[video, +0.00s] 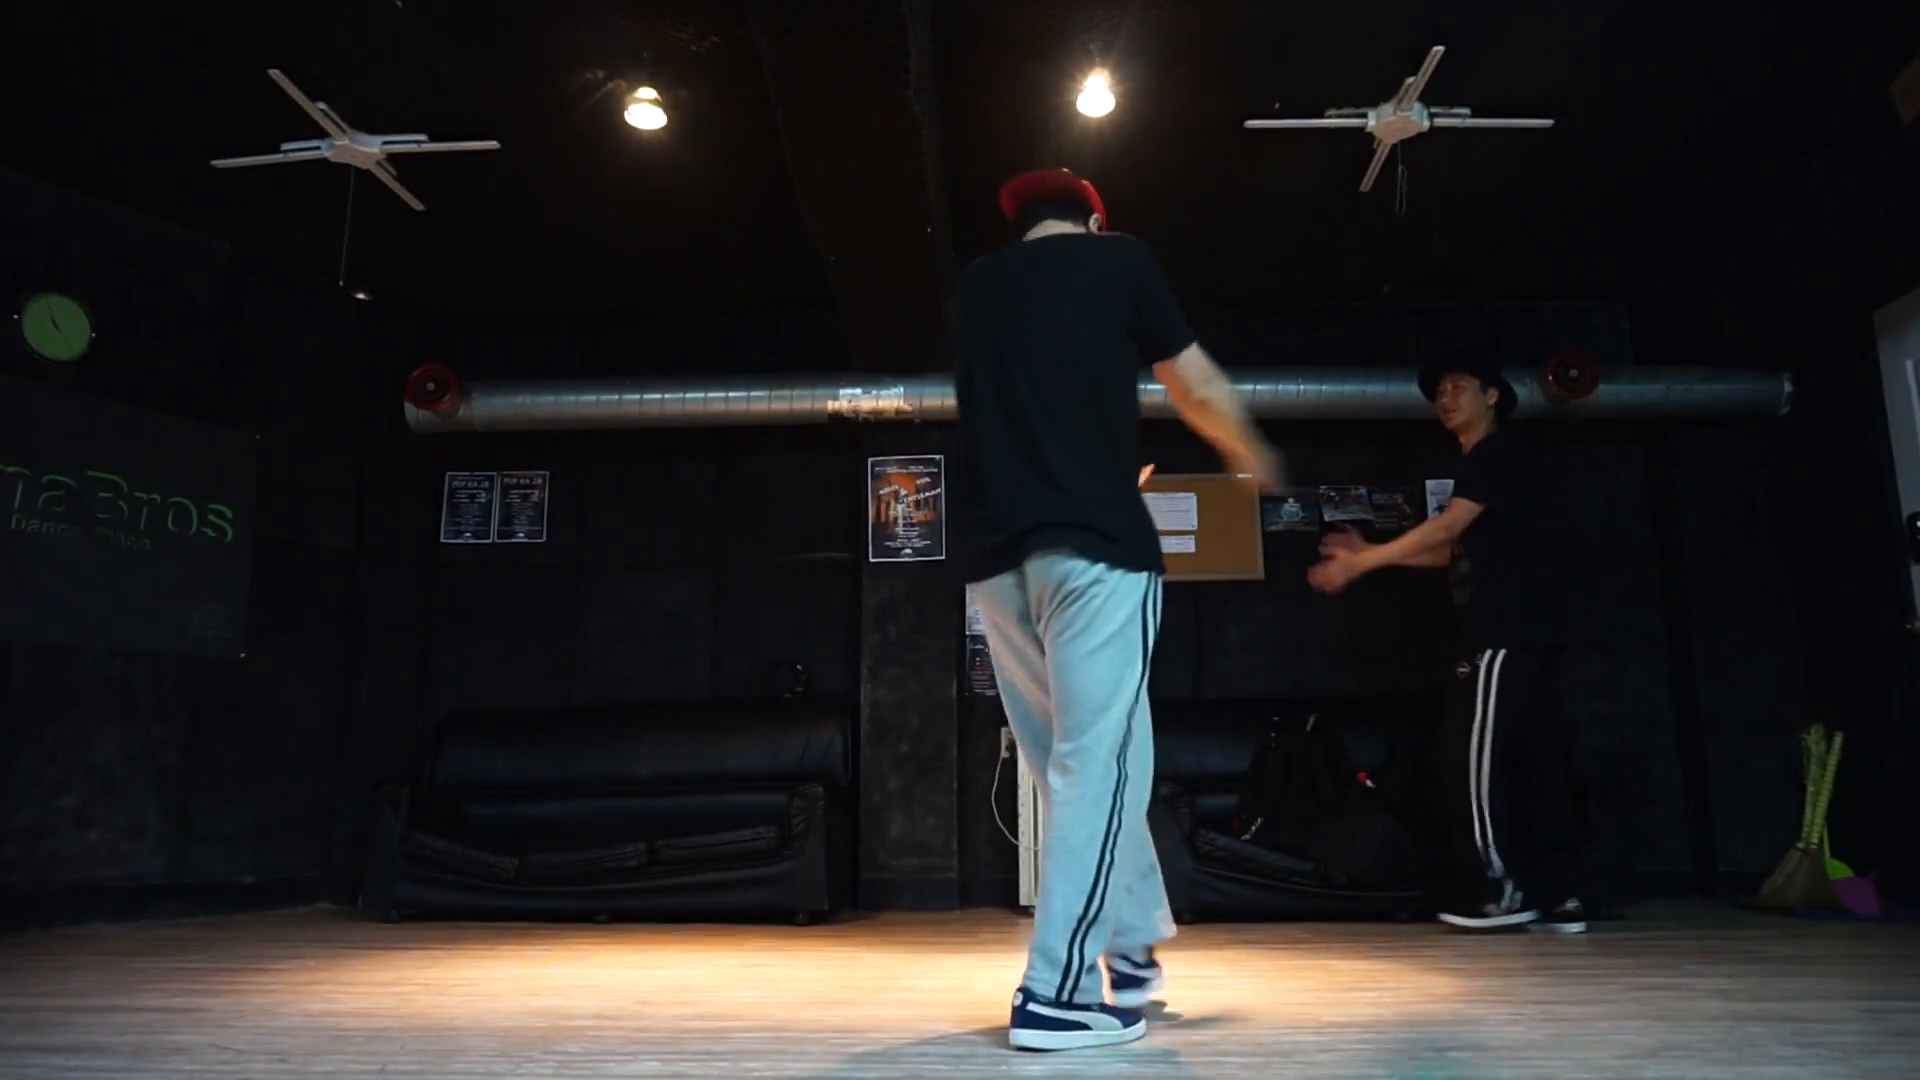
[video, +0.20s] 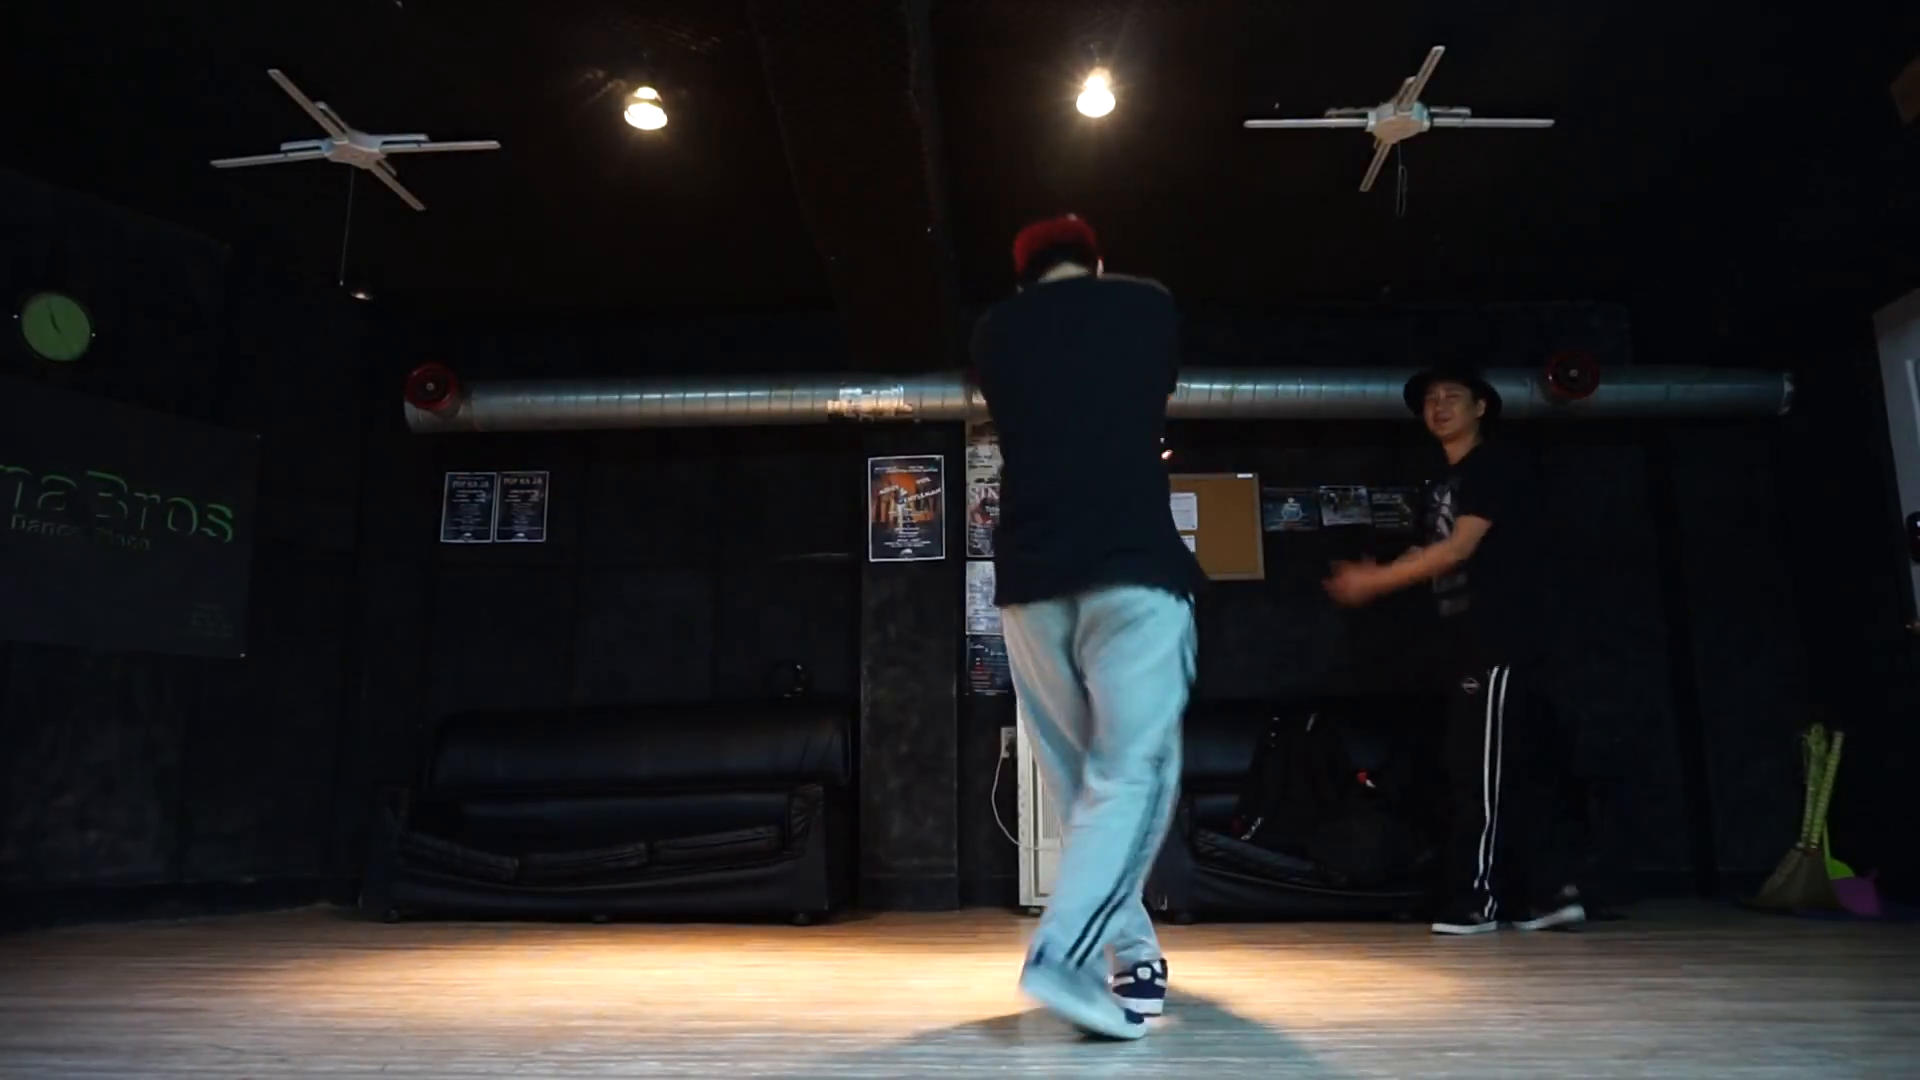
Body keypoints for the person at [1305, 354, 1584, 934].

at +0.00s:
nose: (1446, 402)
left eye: (1459, 391)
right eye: (1441, 395)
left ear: (1492, 398)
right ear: (1441, 406)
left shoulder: (1496, 453)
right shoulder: (1493, 459)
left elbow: (1445, 527)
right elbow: (1451, 550)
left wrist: (1358, 563)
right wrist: (1370, 552)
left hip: (1504, 629)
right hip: (1516, 625)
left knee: (1478, 760)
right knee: (1530, 759)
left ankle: (1498, 895)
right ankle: (1559, 894)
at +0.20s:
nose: (1439, 409)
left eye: (1451, 399)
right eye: (1431, 403)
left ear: (1480, 408)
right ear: (1424, 417)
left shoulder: (1495, 466)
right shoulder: (1442, 480)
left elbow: (1458, 549)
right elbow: (1431, 551)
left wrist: (1378, 580)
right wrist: (1376, 574)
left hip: (1499, 640)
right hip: (1468, 641)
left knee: (1483, 770)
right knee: (1513, 767)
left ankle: (1477, 901)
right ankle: (1551, 890)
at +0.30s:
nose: (1439, 406)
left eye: (1451, 397)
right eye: (1430, 399)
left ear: (1476, 407)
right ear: (1420, 414)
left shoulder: (1495, 466)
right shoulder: (1431, 483)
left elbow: (1476, 551)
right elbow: (1414, 551)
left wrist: (1441, 627)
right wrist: (1389, 600)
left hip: (1493, 635)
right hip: (1450, 633)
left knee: (1482, 766)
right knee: (1463, 763)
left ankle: (1479, 900)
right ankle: (1537, 867)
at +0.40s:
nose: (1439, 400)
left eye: (1451, 391)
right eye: (1429, 393)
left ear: (1473, 405)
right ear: (1415, 408)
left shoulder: (1493, 467)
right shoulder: (1420, 483)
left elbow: (1508, 554)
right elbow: (1405, 564)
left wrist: (1528, 632)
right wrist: (1391, 632)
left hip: (1481, 636)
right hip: (1426, 640)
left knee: (1479, 766)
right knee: (1429, 762)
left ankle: (1475, 900)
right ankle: (1512, 857)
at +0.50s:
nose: (1438, 393)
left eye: (1450, 385)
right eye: (1427, 385)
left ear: (1470, 401)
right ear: (1410, 402)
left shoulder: (1496, 463)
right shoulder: (1405, 480)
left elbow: (1548, 534)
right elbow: (1399, 564)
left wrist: (1595, 608)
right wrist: (1389, 639)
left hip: (1481, 639)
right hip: (1420, 644)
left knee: (1480, 770)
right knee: (1422, 764)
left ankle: (1478, 900)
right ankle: (1452, 883)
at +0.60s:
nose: (1436, 391)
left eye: (1447, 383)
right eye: (1425, 383)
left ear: (1465, 398)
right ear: (1406, 399)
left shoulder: (1494, 459)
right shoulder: (1392, 474)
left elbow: (1562, 517)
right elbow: (1385, 555)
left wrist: (1625, 576)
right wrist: (1380, 620)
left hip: (1478, 637)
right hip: (1414, 638)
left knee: (1483, 770)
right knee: (1414, 764)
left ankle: (1479, 900)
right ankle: (1428, 886)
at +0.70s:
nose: (1433, 392)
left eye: (1443, 385)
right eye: (1421, 385)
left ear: (1458, 401)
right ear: (1399, 401)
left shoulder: (1489, 463)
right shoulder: (1385, 478)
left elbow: (1563, 517)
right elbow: (1367, 550)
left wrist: (1635, 568)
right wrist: (1353, 606)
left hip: (1478, 640)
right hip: (1407, 643)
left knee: (1486, 770)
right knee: (1403, 765)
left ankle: (1478, 901)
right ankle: (1399, 897)